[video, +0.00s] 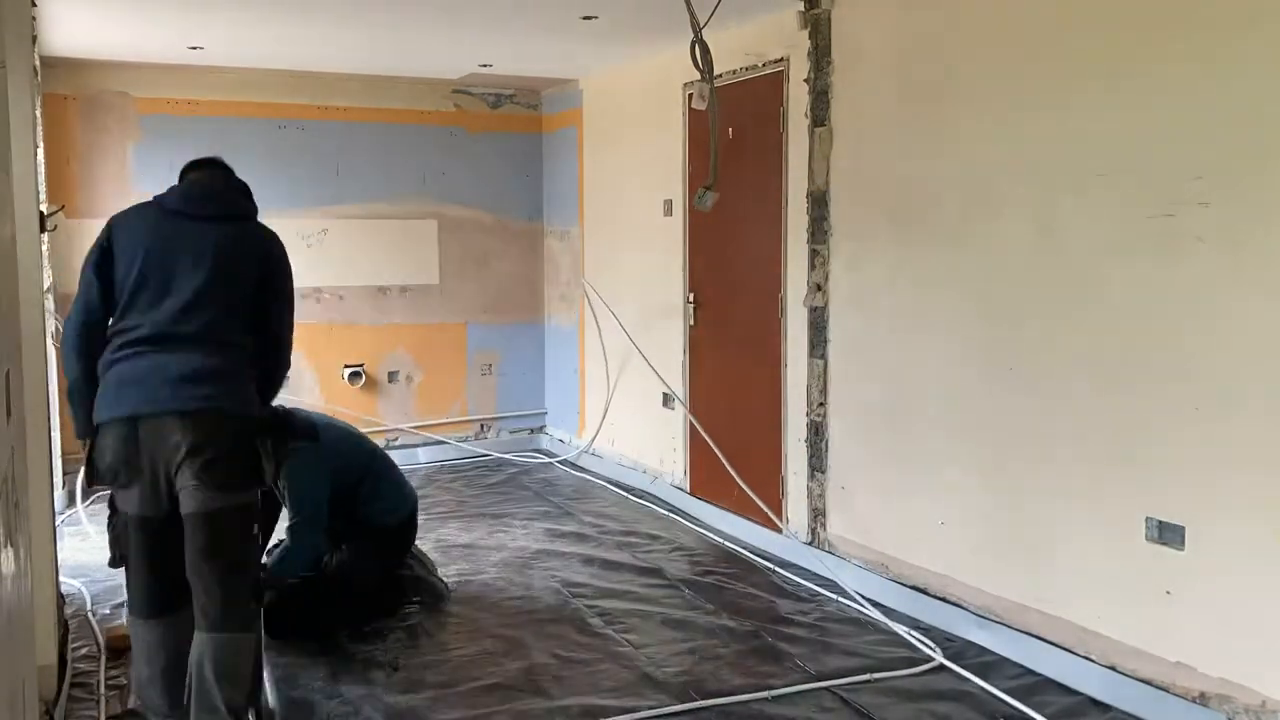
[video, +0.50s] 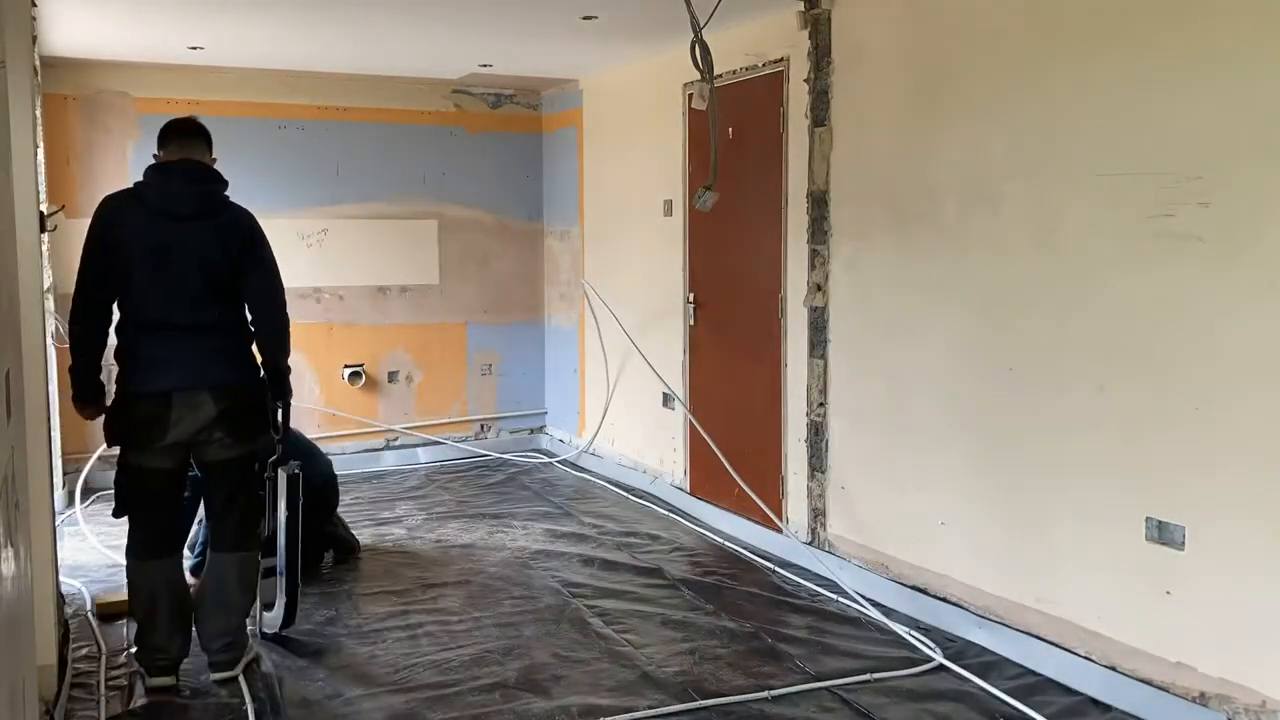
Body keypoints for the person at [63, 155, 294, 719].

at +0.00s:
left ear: (180, 187)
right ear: (238, 192)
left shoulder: (124, 227)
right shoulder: (262, 241)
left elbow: (80, 330)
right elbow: (275, 349)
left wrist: (92, 424)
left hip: (125, 416)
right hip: (217, 416)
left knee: (149, 590)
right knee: (222, 590)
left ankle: (158, 710)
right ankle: (221, 711)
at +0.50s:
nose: (202, 167)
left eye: (180, 156)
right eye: (206, 158)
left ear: (156, 158)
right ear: (211, 161)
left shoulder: (116, 213)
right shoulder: (237, 222)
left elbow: (89, 308)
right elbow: (270, 310)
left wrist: (87, 382)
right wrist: (278, 378)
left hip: (147, 395)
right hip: (226, 392)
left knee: (152, 528)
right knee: (234, 519)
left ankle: (159, 663)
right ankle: (225, 652)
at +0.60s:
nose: (202, 160)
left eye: (177, 150)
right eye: (209, 153)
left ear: (157, 153)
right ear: (212, 155)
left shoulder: (123, 215)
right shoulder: (241, 222)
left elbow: (115, 275)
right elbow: (270, 313)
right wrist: (276, 383)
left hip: (153, 396)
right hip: (232, 394)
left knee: (155, 529)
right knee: (233, 525)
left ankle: (159, 661)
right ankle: (224, 649)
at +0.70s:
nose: (177, 165)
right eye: (183, 157)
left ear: (130, 160)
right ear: (185, 157)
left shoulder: (95, 226)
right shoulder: (219, 219)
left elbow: (87, 329)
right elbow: (257, 311)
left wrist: (99, 410)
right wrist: (270, 381)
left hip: (136, 402)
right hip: (216, 396)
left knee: (144, 528)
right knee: (230, 510)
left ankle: (158, 663)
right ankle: (220, 635)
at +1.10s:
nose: (193, 177)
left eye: (182, 168)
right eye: (201, 169)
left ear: (170, 170)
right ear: (216, 171)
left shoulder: (137, 215)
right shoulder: (237, 225)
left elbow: (97, 287)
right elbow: (267, 301)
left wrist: (87, 356)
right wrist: (250, 357)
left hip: (153, 375)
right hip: (220, 374)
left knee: (155, 485)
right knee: (223, 483)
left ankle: (163, 605)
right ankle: (212, 600)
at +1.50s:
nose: (122, 195)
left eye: (119, 189)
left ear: (116, 189)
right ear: (152, 186)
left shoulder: (94, 227)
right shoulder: (175, 223)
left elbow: (84, 293)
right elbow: (204, 286)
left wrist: (85, 346)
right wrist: (225, 339)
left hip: (120, 341)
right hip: (173, 339)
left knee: (126, 435)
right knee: (183, 430)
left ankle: (133, 519)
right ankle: (183, 515)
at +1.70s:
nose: (216, 208)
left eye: (218, 201)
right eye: (216, 200)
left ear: (195, 193)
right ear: (200, 193)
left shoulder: (171, 223)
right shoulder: (180, 228)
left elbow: (169, 285)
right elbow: (171, 287)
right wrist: (200, 331)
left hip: (174, 328)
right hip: (181, 331)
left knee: (178, 405)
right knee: (187, 407)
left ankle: (176, 481)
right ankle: (179, 483)